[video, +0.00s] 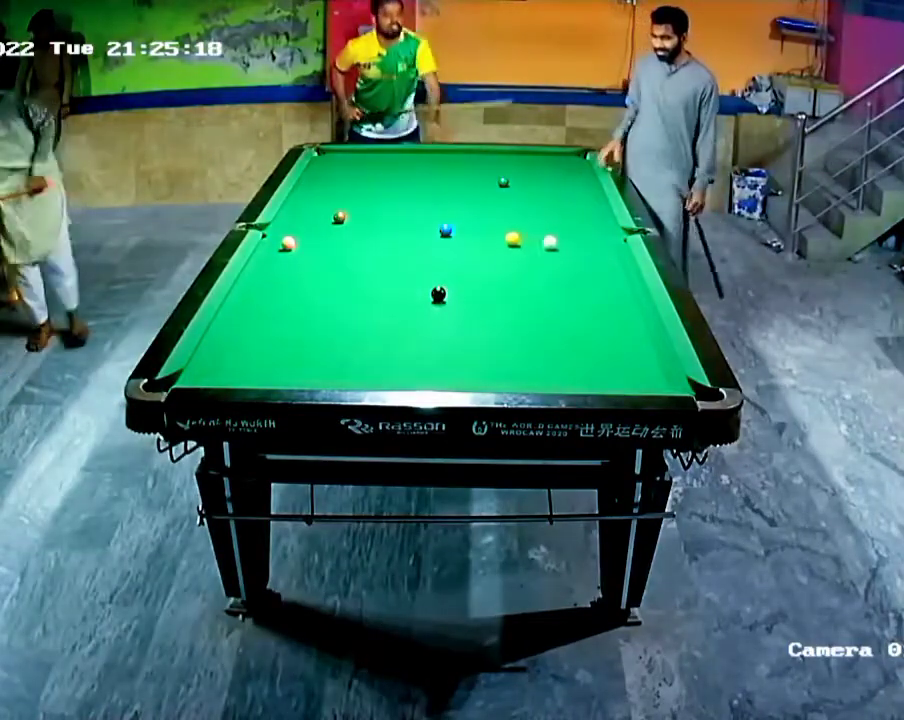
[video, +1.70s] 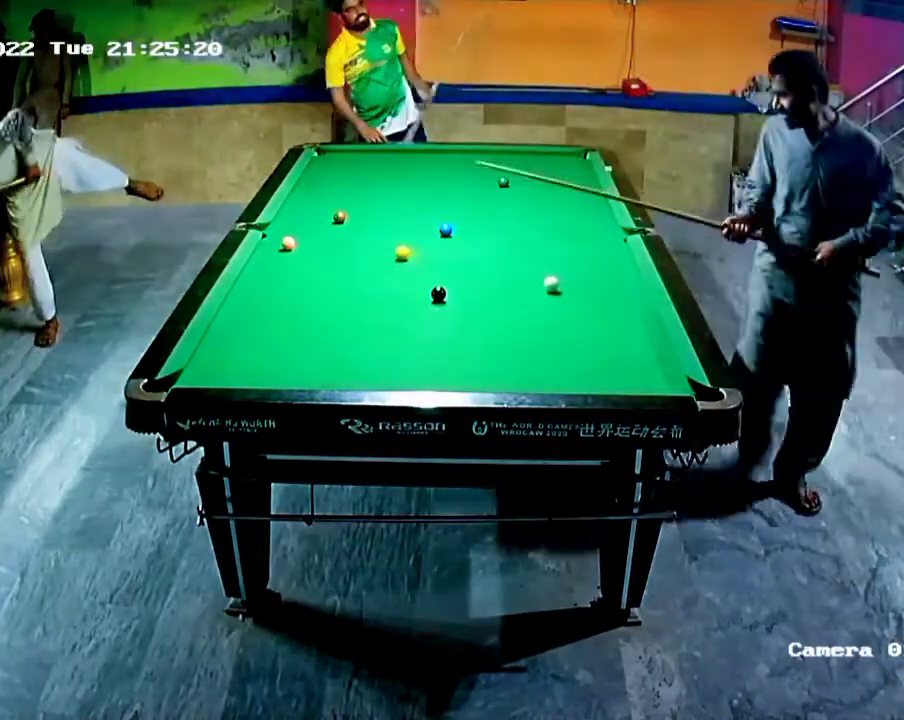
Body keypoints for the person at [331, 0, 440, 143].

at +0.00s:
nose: (394, 21)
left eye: (398, 15)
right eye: (387, 15)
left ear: (403, 16)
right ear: (375, 17)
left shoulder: (418, 46)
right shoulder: (357, 47)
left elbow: (432, 86)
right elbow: (338, 70)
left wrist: (433, 121)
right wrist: (345, 106)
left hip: (405, 133)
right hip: (366, 134)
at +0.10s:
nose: (392, 12)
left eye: (396, 6)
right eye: (384, 7)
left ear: (400, 7)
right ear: (372, 11)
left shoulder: (417, 40)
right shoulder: (356, 43)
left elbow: (427, 78)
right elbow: (338, 70)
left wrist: (420, 115)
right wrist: (349, 108)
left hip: (406, 134)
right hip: (367, 135)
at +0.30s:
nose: (386, 7)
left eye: (391, 1)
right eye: (379, 2)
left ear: (398, 4)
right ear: (370, 6)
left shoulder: (415, 34)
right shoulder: (356, 39)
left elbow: (425, 68)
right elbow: (340, 72)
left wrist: (413, 93)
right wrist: (358, 105)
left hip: (407, 129)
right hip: (369, 131)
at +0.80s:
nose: (374, 7)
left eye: (379, 2)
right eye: (369, 3)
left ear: (387, 4)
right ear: (363, 7)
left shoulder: (409, 31)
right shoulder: (350, 39)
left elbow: (420, 64)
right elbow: (334, 72)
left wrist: (412, 93)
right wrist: (344, 108)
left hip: (405, 128)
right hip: (367, 130)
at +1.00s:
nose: (358, 14)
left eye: (362, 7)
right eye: (351, 11)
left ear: (370, 5)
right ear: (346, 13)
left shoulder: (398, 30)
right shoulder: (338, 45)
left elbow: (413, 60)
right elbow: (325, 77)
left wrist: (406, 92)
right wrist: (336, 115)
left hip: (403, 125)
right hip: (366, 130)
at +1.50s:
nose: (349, 15)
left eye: (350, 7)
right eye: (340, 14)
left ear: (354, 6)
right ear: (331, 20)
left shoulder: (383, 29)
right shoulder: (328, 56)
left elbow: (399, 56)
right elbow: (328, 98)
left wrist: (407, 86)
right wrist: (349, 134)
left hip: (402, 119)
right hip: (366, 131)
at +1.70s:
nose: (359, 12)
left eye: (360, 5)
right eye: (350, 10)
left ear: (365, 5)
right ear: (341, 16)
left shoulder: (390, 29)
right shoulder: (337, 53)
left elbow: (404, 60)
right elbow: (338, 99)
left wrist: (419, 84)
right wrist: (363, 127)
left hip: (408, 119)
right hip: (375, 131)